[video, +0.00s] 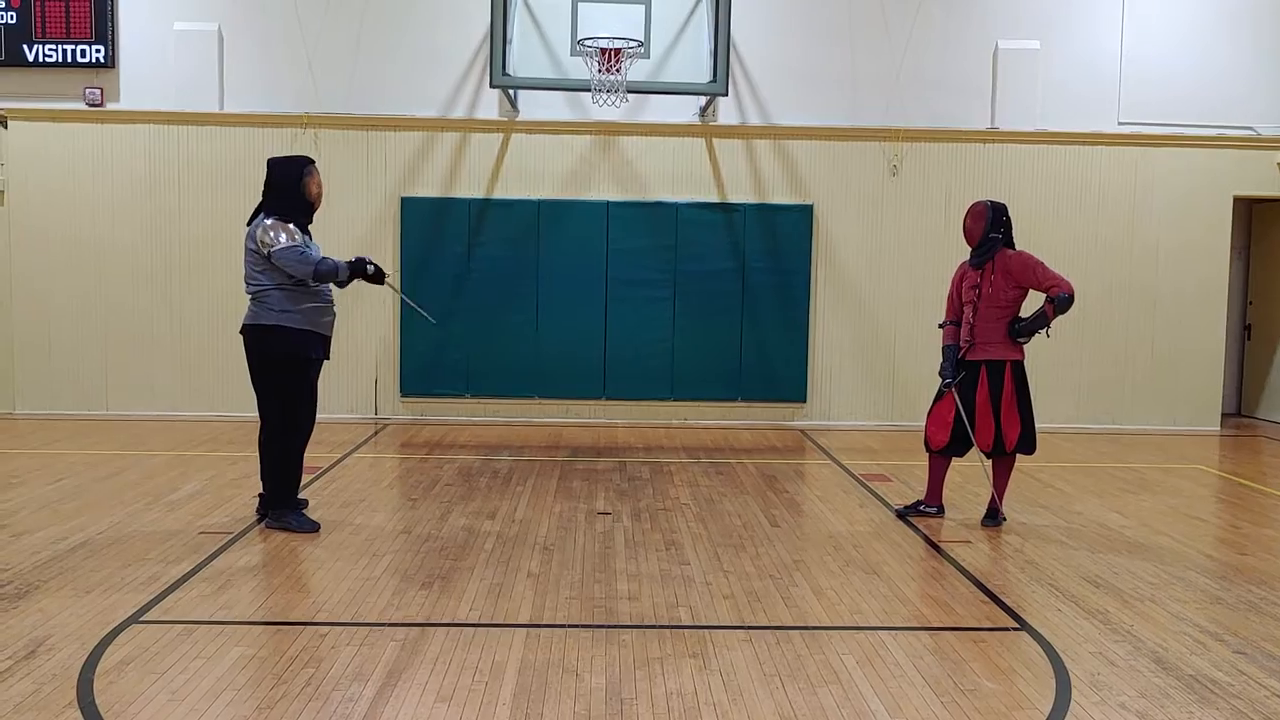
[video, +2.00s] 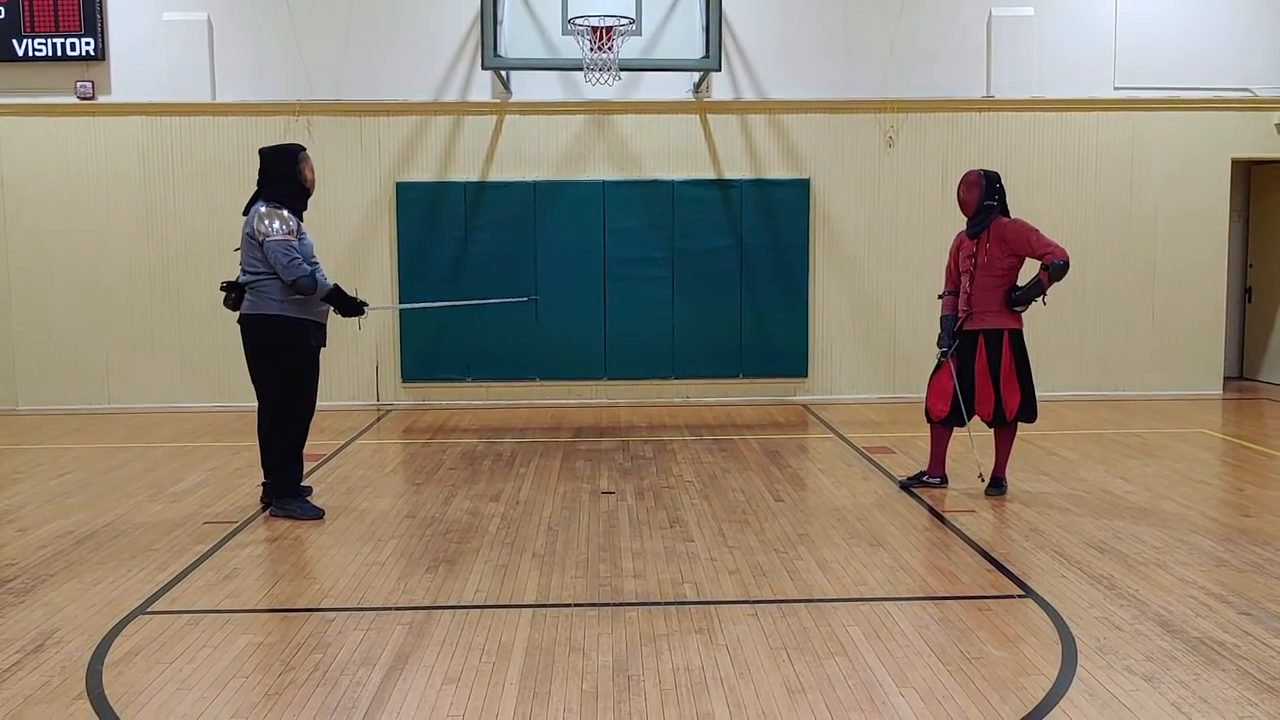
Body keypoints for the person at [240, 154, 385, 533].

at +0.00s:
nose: (320, 189)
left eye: (320, 182)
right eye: (314, 182)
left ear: (297, 186)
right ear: (293, 186)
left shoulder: (291, 229)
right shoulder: (273, 226)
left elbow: (313, 268)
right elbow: (304, 266)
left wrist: (354, 268)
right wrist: (352, 267)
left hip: (297, 338)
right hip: (277, 336)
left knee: (295, 419)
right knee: (286, 420)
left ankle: (278, 499)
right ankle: (279, 507)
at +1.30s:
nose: (324, 195)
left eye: (324, 187)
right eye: (319, 187)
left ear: (292, 190)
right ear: (301, 190)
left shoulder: (288, 233)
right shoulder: (279, 233)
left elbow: (305, 289)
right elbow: (301, 290)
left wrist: (340, 315)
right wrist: (342, 315)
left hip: (291, 340)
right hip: (280, 341)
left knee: (293, 423)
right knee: (292, 424)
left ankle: (285, 501)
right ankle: (282, 511)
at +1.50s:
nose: (325, 191)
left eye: (324, 182)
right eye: (320, 183)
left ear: (295, 187)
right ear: (301, 186)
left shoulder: (286, 227)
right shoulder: (278, 229)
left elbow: (254, 276)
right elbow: (296, 283)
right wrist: (340, 309)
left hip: (291, 337)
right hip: (277, 337)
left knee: (293, 419)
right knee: (288, 420)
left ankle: (283, 498)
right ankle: (283, 507)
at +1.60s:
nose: (324, 186)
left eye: (322, 178)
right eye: (318, 178)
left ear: (292, 183)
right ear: (300, 182)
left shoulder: (283, 222)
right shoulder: (278, 224)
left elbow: (249, 266)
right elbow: (295, 280)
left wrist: (242, 290)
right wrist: (339, 304)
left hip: (287, 334)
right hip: (277, 334)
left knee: (292, 416)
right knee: (288, 417)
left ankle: (283, 494)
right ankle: (283, 504)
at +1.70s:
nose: (320, 183)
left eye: (319, 175)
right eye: (315, 175)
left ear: (290, 179)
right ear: (297, 178)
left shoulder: (285, 220)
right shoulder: (275, 220)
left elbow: (297, 277)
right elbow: (295, 277)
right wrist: (338, 300)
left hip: (289, 332)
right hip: (276, 332)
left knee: (294, 413)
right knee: (286, 414)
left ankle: (284, 492)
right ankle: (282, 502)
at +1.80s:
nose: (317, 180)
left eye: (316, 172)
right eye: (312, 172)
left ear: (285, 177)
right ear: (294, 176)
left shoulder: (280, 217)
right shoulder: (275, 219)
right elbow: (294, 275)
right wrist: (338, 296)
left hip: (287, 328)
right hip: (276, 328)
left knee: (294, 411)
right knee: (286, 411)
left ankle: (283, 489)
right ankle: (281, 499)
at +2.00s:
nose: (313, 177)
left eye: (311, 169)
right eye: (308, 169)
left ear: (281, 174)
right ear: (291, 173)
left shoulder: (276, 213)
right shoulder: (272, 215)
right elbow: (295, 271)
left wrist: (244, 285)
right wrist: (337, 296)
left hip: (284, 323)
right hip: (277, 324)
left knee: (286, 407)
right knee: (287, 407)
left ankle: (280, 487)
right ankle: (283, 494)